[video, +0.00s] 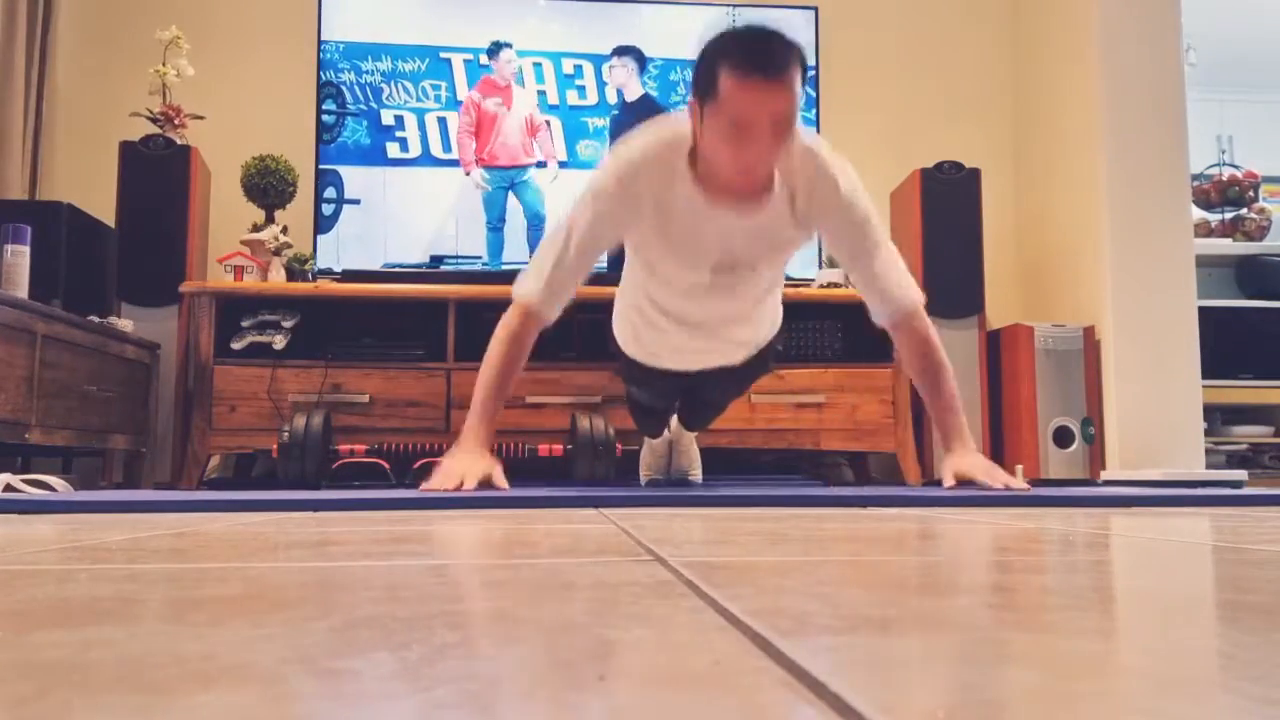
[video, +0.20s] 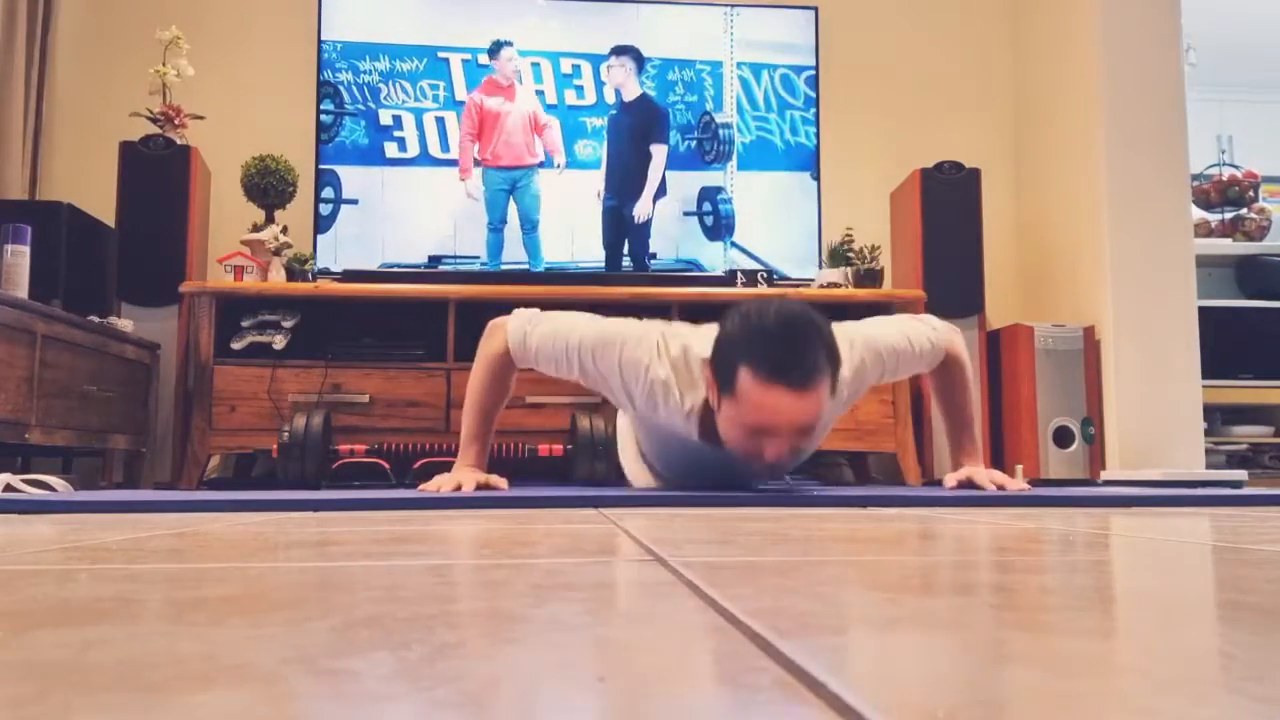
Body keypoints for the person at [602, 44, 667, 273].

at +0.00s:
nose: (609, 73)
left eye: (615, 67)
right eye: (610, 67)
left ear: (631, 71)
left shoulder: (657, 115)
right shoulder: (618, 116)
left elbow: (664, 162)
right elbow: (613, 162)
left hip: (647, 202)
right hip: (619, 202)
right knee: (616, 272)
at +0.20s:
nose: (608, 72)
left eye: (613, 66)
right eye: (608, 67)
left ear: (630, 70)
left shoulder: (655, 112)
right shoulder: (614, 113)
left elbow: (659, 158)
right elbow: (608, 152)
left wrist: (647, 198)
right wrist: (603, 181)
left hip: (638, 196)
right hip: (612, 194)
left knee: (638, 256)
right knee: (612, 255)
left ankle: (641, 302)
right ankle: (611, 299)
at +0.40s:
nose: (604, 72)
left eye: (609, 67)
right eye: (605, 67)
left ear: (625, 70)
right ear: (619, 71)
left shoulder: (652, 111)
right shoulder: (612, 113)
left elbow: (656, 157)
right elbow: (604, 152)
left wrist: (643, 198)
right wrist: (599, 182)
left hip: (635, 196)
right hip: (609, 193)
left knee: (635, 255)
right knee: (609, 255)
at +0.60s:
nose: (603, 70)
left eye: (609, 65)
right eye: (604, 65)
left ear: (624, 70)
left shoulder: (646, 110)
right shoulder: (611, 114)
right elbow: (607, 156)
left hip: (639, 191)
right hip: (612, 193)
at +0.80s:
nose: (600, 71)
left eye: (605, 66)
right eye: (601, 66)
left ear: (621, 69)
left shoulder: (647, 110)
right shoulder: (609, 112)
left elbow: (651, 156)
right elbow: (602, 151)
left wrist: (638, 195)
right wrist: (596, 179)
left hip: (631, 194)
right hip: (606, 192)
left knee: (632, 253)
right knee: (606, 252)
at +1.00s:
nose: (601, 71)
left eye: (606, 66)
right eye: (600, 67)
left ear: (621, 70)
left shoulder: (646, 110)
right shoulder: (608, 112)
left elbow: (650, 155)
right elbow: (602, 151)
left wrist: (638, 195)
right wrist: (595, 179)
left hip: (630, 193)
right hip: (605, 192)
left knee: (631, 253)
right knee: (606, 253)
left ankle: (635, 299)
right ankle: (605, 297)